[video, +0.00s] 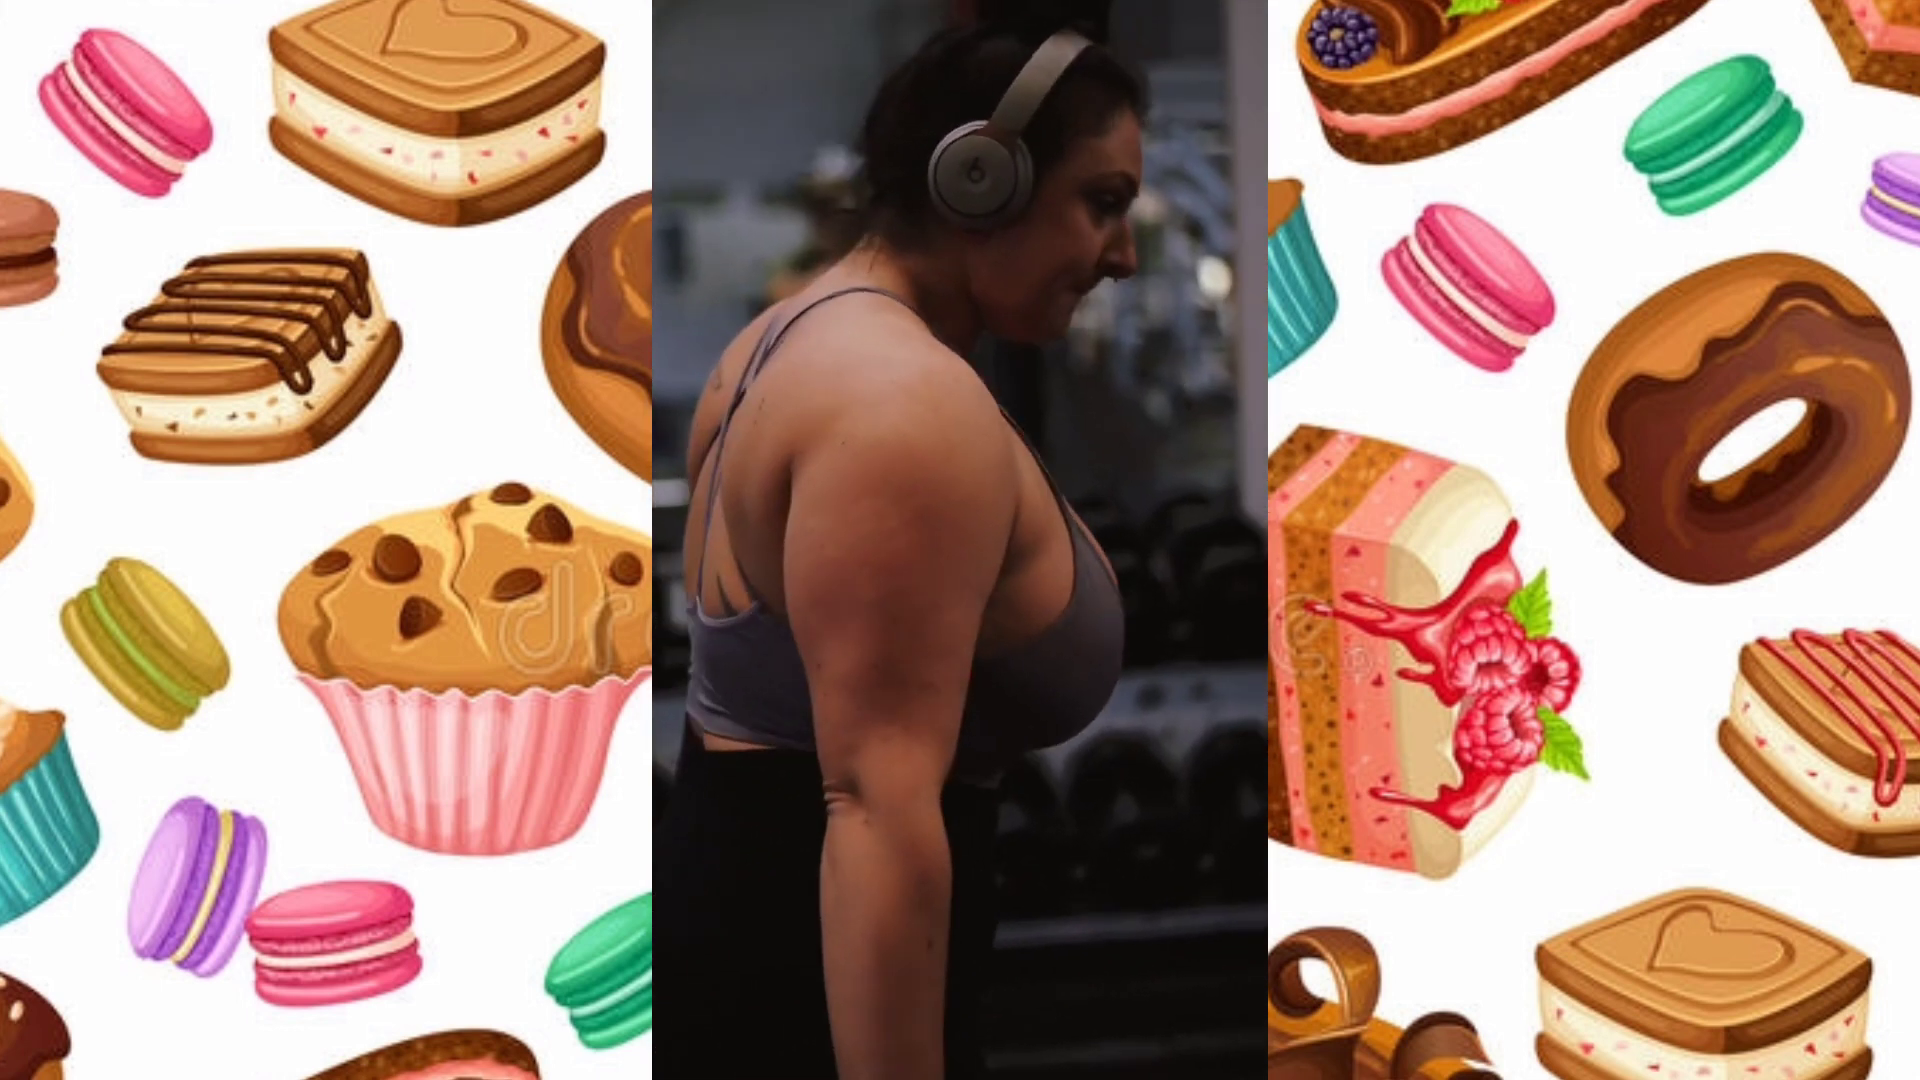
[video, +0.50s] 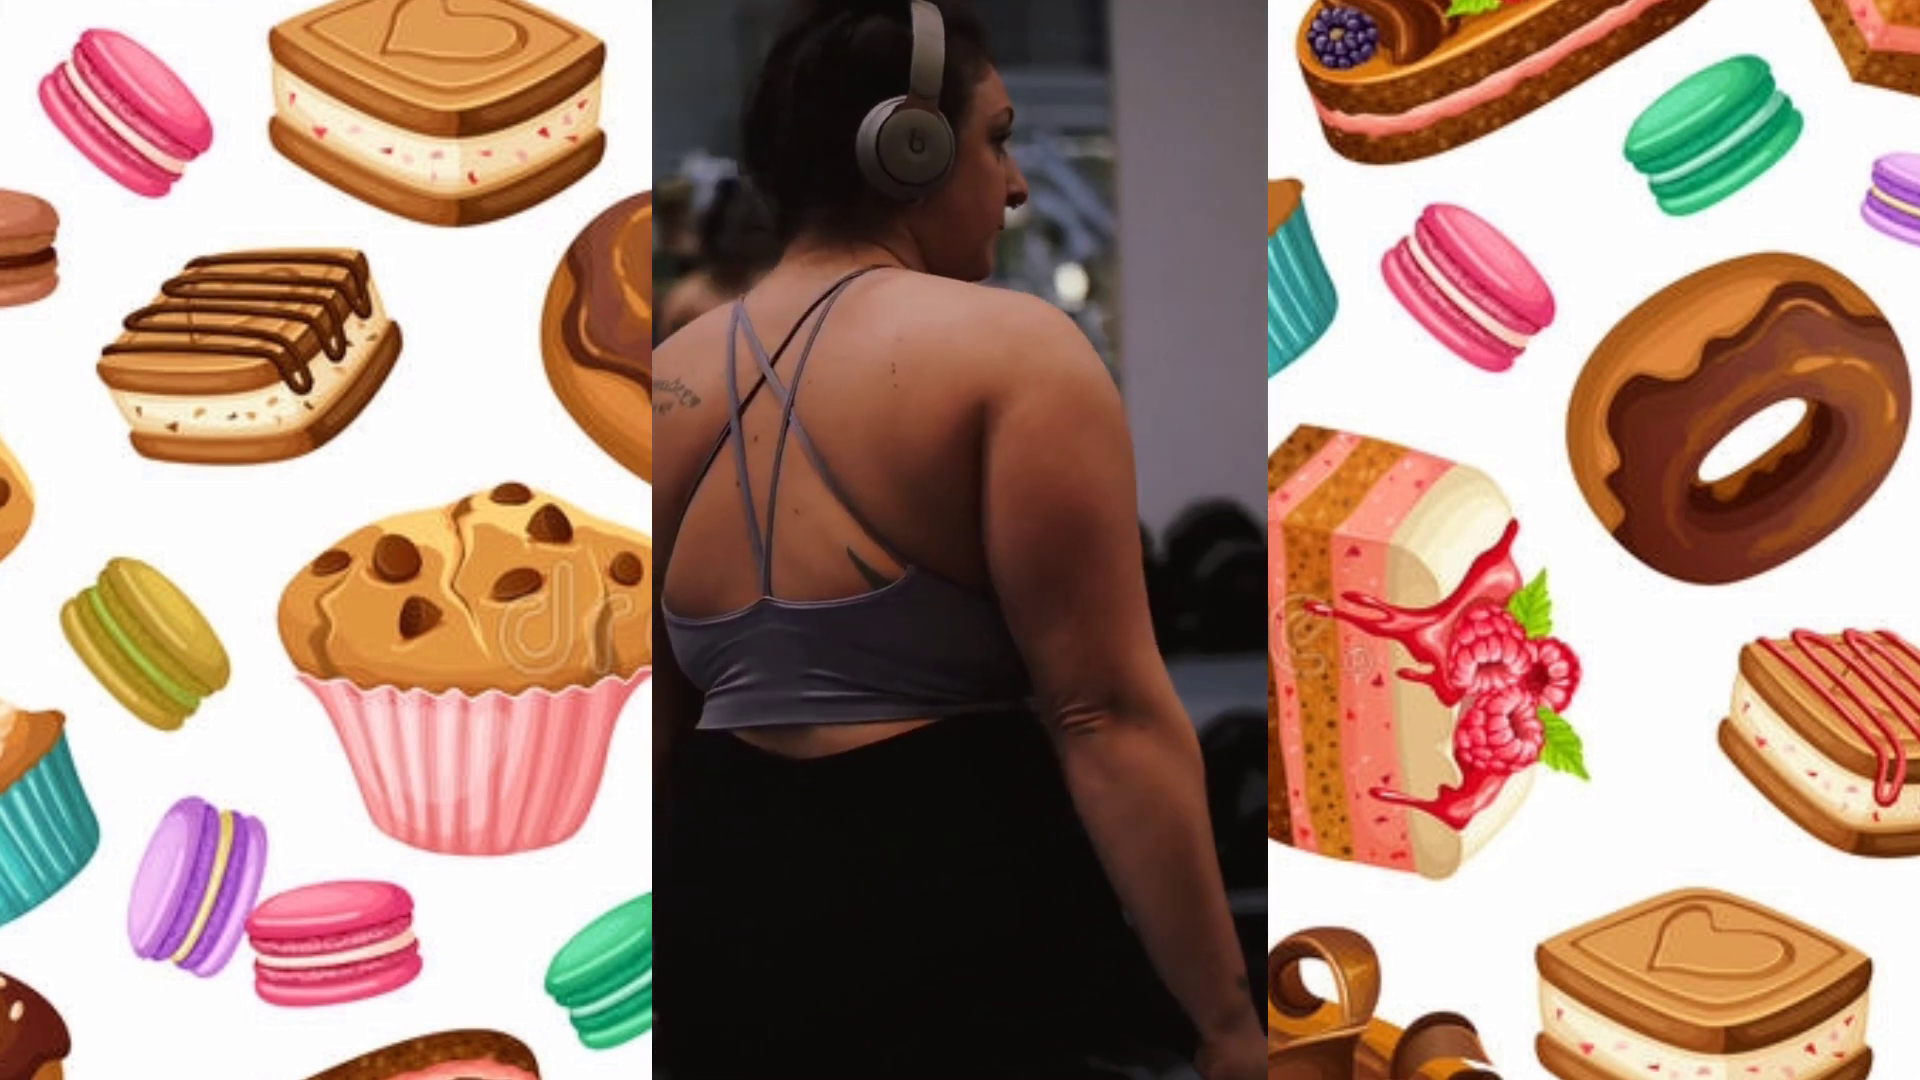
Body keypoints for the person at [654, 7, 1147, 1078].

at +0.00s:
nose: (1122, 252)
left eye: (1126, 209)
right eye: (1102, 202)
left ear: (969, 183)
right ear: (977, 181)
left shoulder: (785, 337)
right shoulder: (903, 412)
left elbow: (747, 726)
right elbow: (876, 799)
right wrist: (890, 1063)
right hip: (850, 879)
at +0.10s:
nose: (1100, 228)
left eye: (1097, 185)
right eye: (1077, 181)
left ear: (954, 178)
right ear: (960, 176)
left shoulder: (757, 354)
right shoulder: (934, 395)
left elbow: (754, 722)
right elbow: (931, 777)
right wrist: (966, 1070)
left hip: (747, 865)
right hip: (870, 884)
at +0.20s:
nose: (1062, 211)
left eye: (1057, 170)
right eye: (1039, 165)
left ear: (925, 166)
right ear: (930, 164)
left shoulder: (714, 362)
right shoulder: (941, 380)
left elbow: (716, 701)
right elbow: (972, 762)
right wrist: (1031, 1065)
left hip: (727, 854)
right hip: (883, 870)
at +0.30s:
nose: (1038, 199)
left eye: (1031, 159)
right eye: (1017, 156)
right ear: (919, 162)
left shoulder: (696, 367)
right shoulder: (968, 361)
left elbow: (678, 707)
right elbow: (1015, 742)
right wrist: (1103, 1050)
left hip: (721, 867)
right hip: (921, 875)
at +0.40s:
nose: (1026, 190)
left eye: (1018, 149)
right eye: (1005, 146)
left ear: (893, 158)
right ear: (907, 156)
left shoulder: (688, 368)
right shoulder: (988, 352)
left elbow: (674, 695)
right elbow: (1062, 728)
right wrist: (1173, 1038)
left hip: (726, 872)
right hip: (942, 874)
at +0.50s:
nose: (1015, 180)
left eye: (1008, 141)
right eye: (996, 140)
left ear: (805, 161)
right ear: (907, 152)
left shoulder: (671, 372)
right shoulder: (1013, 349)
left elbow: (651, 700)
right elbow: (1106, 714)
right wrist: (1228, 1018)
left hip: (732, 894)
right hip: (978, 892)